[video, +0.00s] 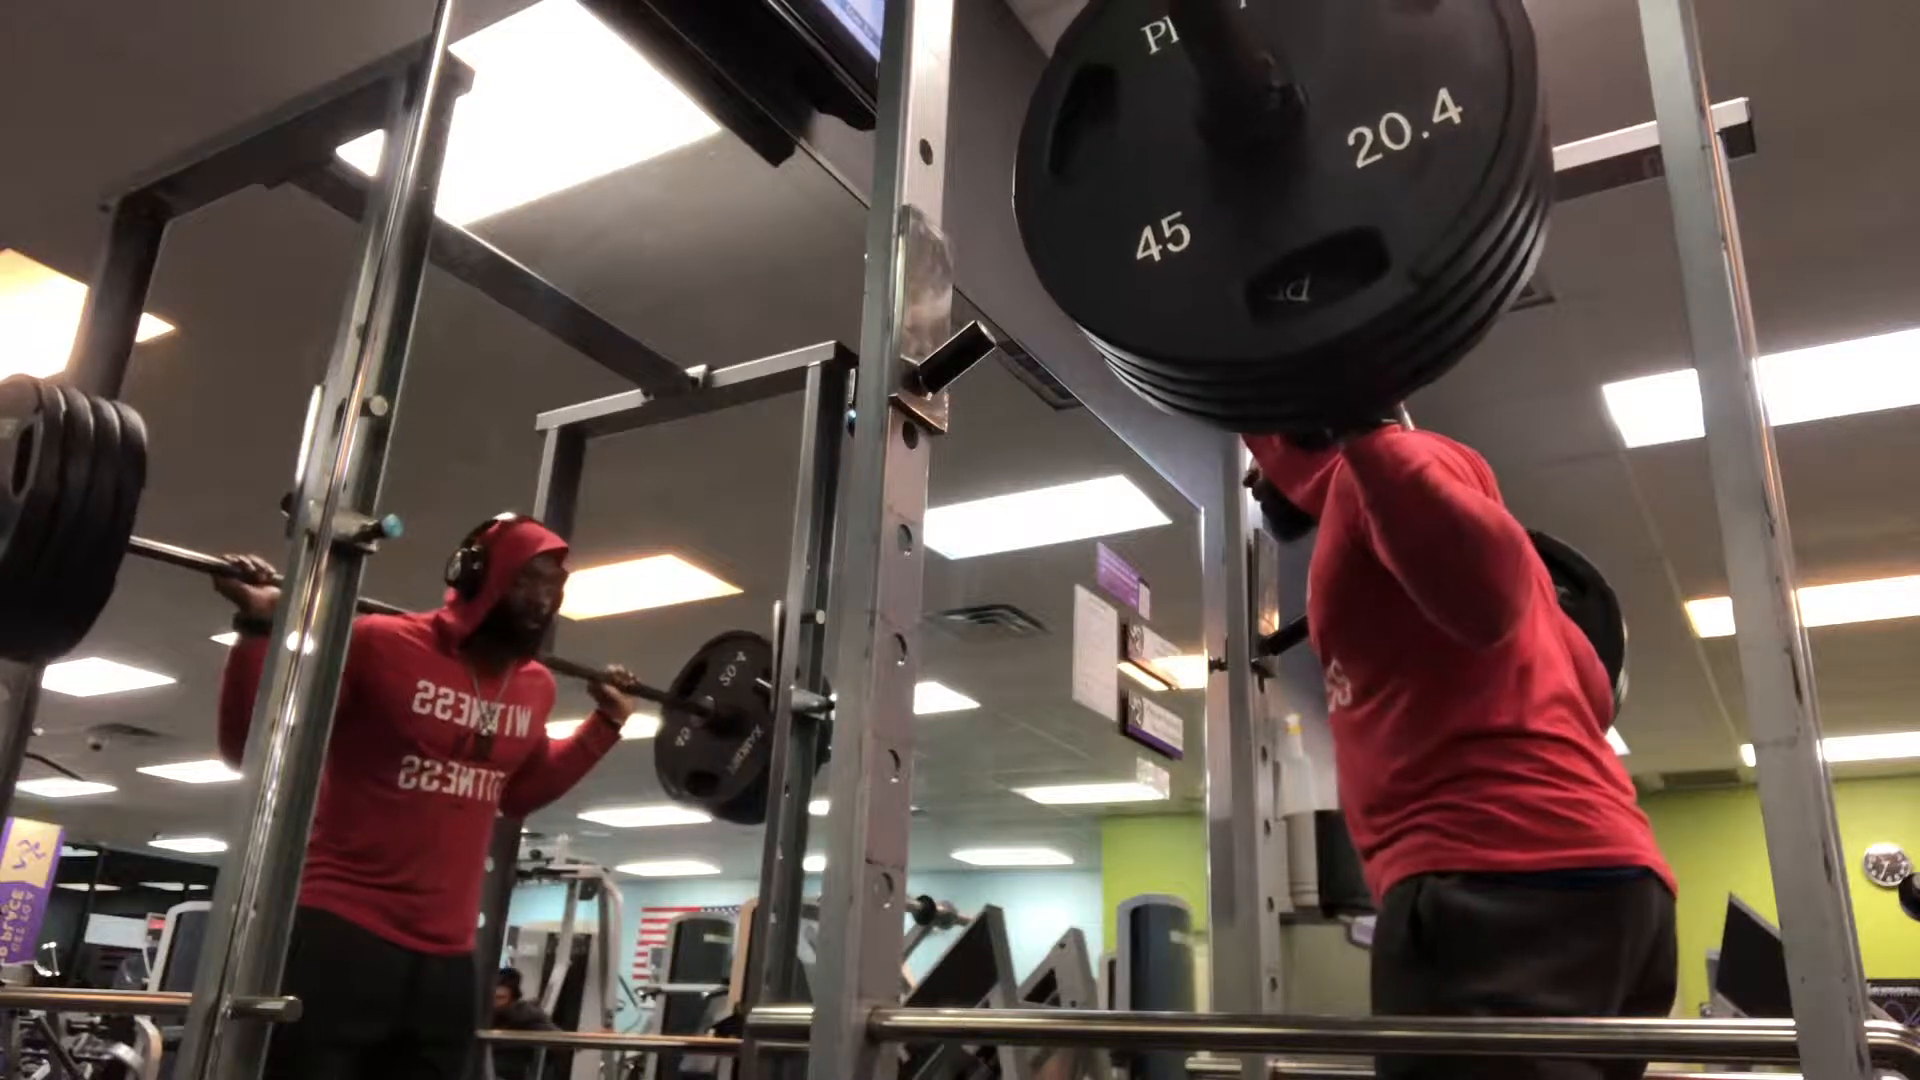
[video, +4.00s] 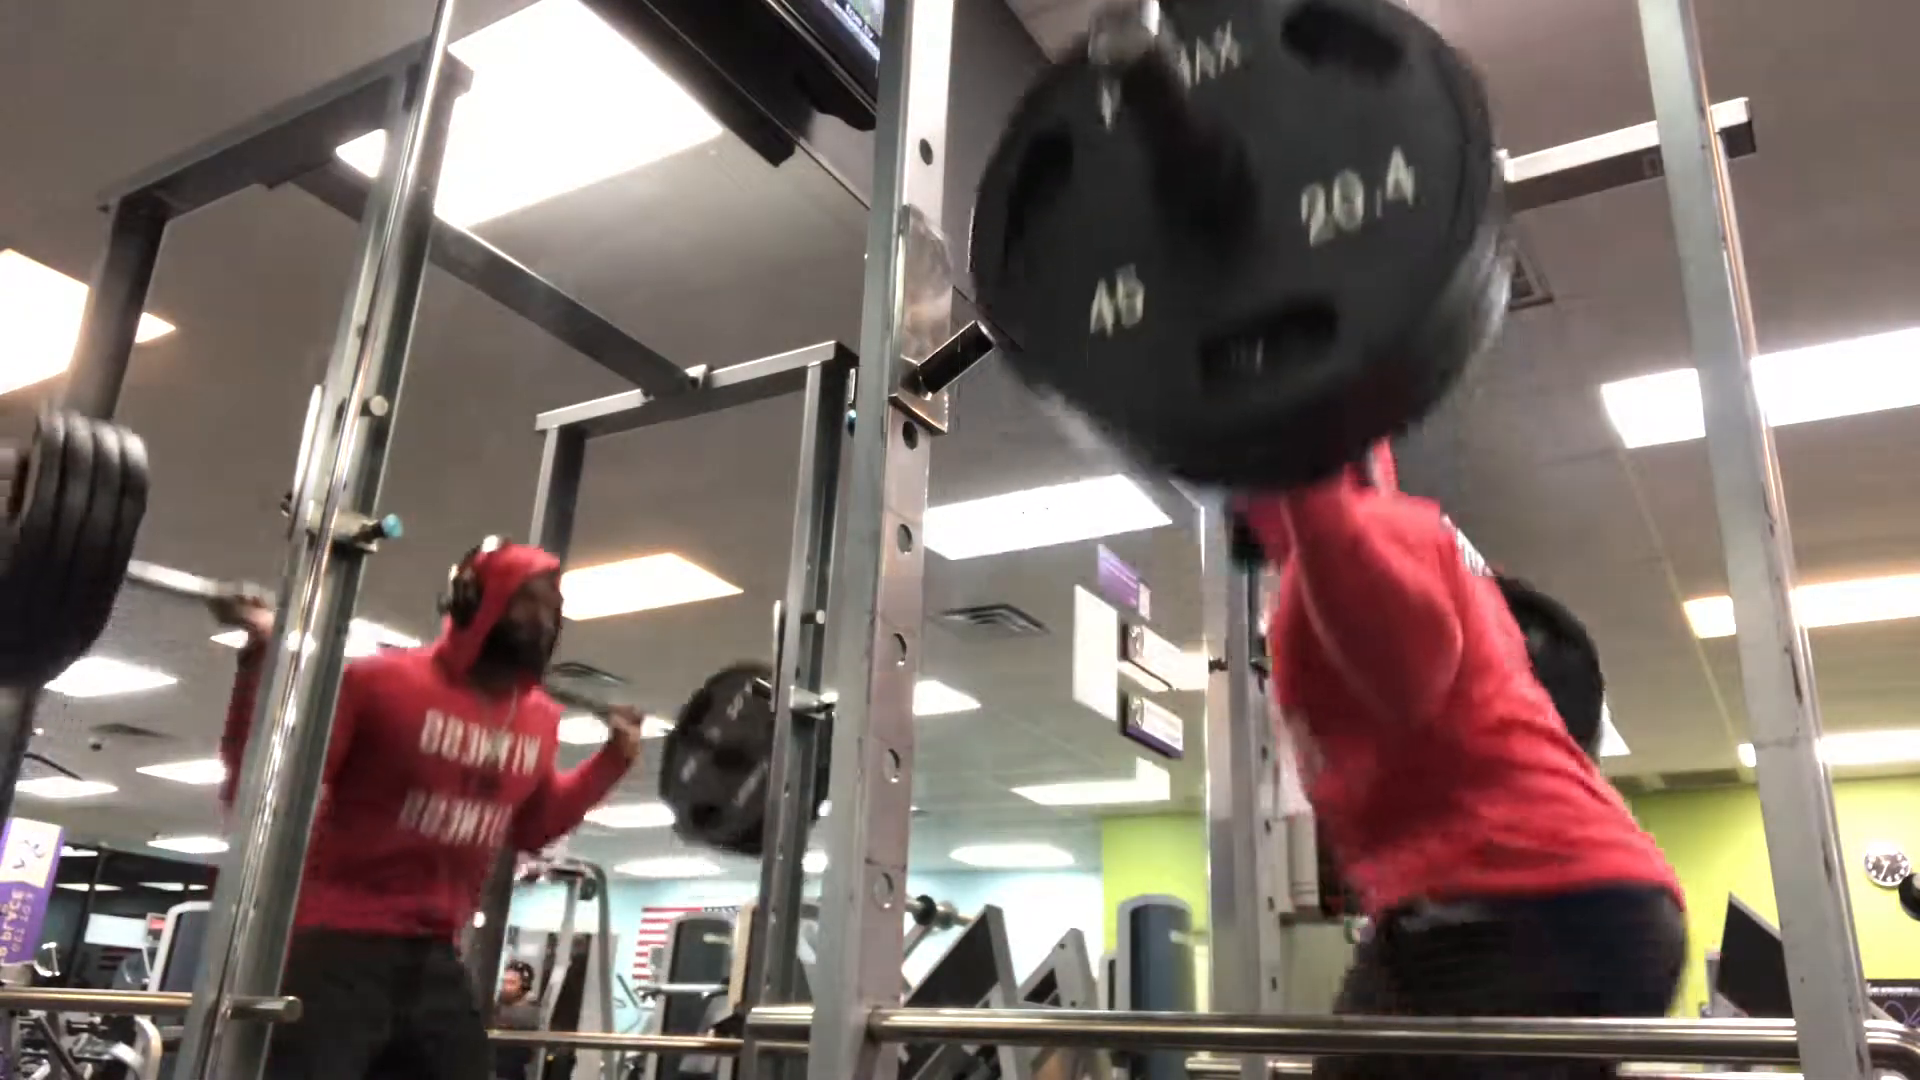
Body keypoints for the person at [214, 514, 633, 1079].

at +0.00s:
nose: (545, 598)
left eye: (555, 583)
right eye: (531, 577)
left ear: (560, 594)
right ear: (482, 576)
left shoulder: (533, 686)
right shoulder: (376, 641)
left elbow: (519, 794)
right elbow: (242, 746)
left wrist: (605, 722)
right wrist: (257, 628)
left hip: (448, 954)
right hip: (341, 929)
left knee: (435, 1071)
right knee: (315, 1070)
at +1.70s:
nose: (546, 661)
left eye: (554, 646)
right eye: (531, 639)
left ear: (557, 656)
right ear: (484, 639)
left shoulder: (530, 753)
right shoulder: (369, 710)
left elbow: (514, 863)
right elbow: (237, 821)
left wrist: (601, 790)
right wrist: (248, 695)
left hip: (426, 999)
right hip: (320, 985)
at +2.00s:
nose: (532, 727)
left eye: (542, 713)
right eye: (516, 707)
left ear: (548, 724)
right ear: (470, 706)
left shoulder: (520, 822)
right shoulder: (359, 783)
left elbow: (505, 929)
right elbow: (227, 899)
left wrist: (594, 858)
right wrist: (242, 772)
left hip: (410, 1051)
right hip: (305, 1040)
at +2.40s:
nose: (520, 805)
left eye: (531, 791)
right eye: (505, 786)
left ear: (540, 801)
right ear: (457, 783)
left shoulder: (512, 892)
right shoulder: (344, 862)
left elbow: (498, 1004)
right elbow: (224, 981)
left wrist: (585, 928)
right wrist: (226, 853)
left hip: (407, 1073)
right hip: (302, 1066)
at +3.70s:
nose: (529, 738)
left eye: (540, 722)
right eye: (513, 716)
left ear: (547, 734)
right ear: (467, 718)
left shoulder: (523, 829)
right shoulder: (358, 795)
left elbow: (511, 932)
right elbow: (223, 918)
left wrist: (601, 862)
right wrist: (242, 778)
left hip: (417, 1049)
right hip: (314, 1037)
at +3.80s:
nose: (532, 699)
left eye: (544, 686)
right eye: (516, 680)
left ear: (553, 699)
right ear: (471, 681)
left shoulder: (528, 795)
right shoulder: (365, 759)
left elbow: (515, 904)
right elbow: (233, 869)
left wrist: (606, 832)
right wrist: (247, 747)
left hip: (427, 1028)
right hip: (321, 1017)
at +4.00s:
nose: (548, 619)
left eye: (555, 604)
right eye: (530, 601)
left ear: (559, 616)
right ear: (482, 604)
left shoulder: (539, 717)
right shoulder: (374, 683)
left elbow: (528, 829)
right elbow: (250, 796)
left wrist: (612, 760)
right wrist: (261, 659)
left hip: (437, 963)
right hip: (333, 952)